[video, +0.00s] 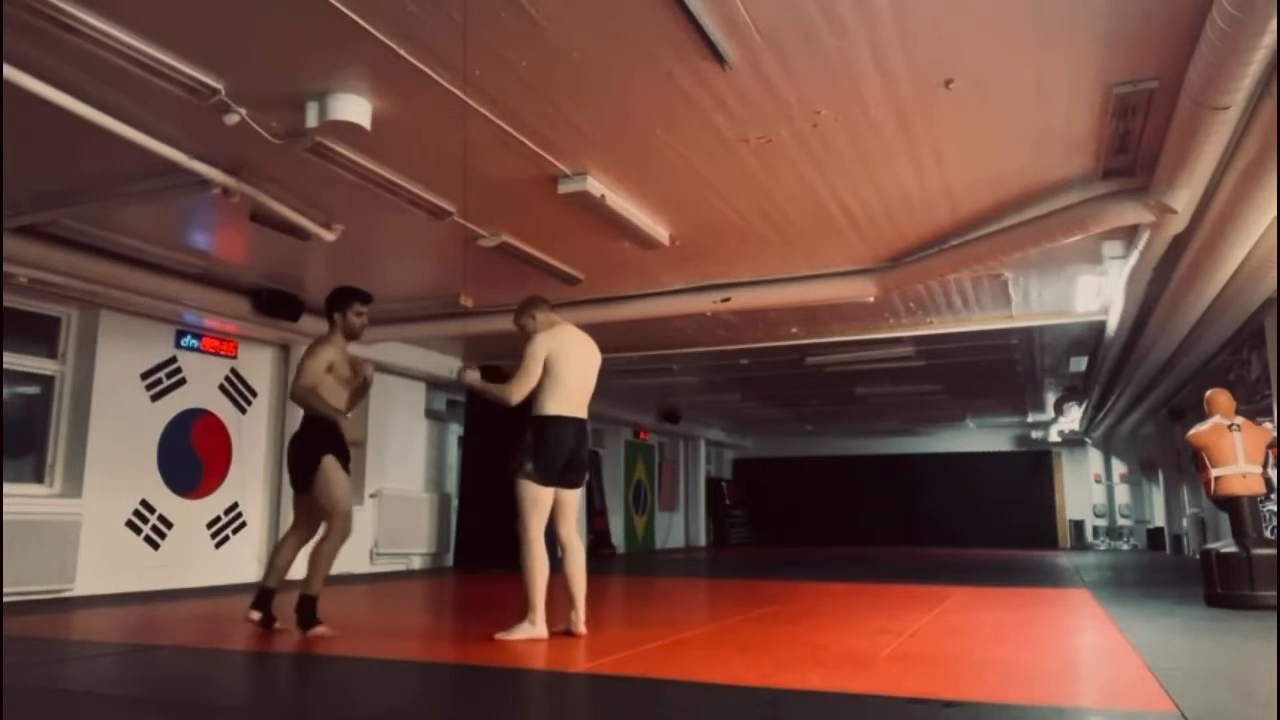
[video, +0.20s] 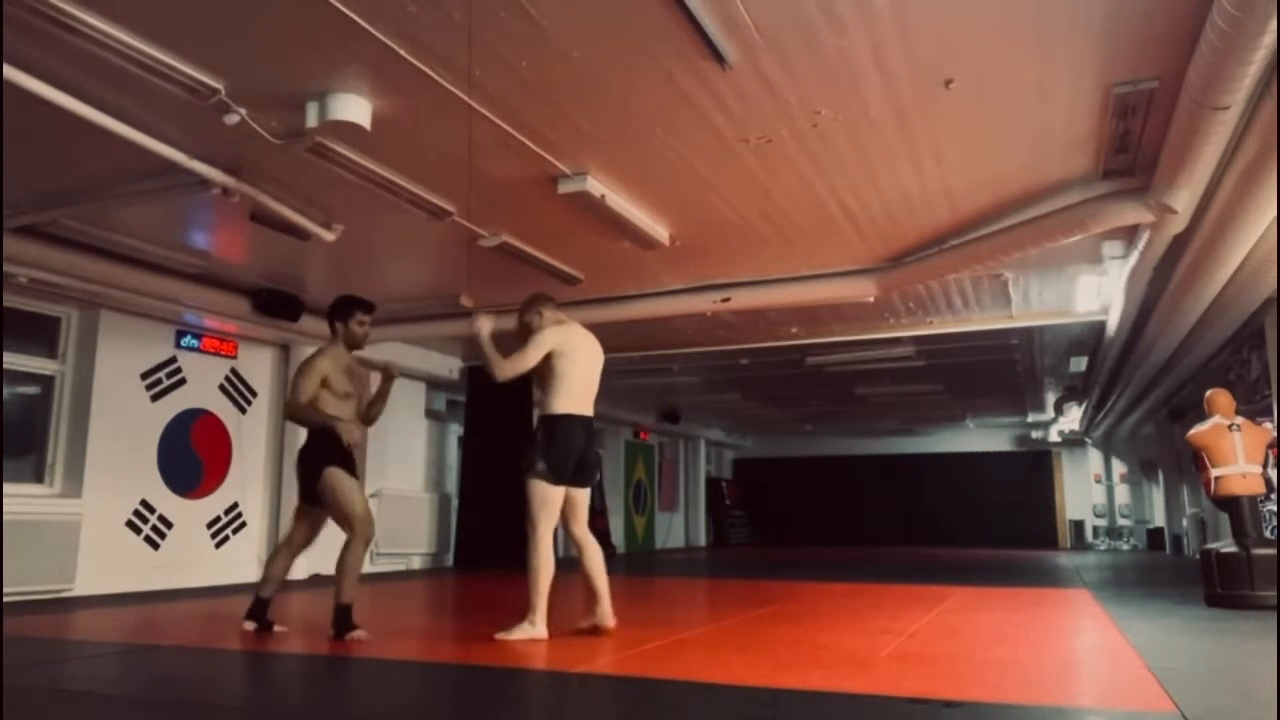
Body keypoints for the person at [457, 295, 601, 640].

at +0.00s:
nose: (526, 335)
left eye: (524, 329)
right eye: (523, 330)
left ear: (534, 316)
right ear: (549, 311)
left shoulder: (544, 340)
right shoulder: (590, 346)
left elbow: (514, 394)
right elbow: (571, 388)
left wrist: (477, 383)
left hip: (545, 436)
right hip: (578, 438)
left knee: (532, 532)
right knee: (570, 532)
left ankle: (536, 621)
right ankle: (579, 617)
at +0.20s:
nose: (531, 332)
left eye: (529, 326)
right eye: (528, 328)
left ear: (539, 314)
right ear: (555, 310)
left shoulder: (553, 335)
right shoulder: (592, 342)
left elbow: (502, 371)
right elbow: (564, 387)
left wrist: (484, 335)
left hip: (554, 434)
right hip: (585, 435)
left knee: (541, 531)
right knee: (579, 528)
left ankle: (536, 621)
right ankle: (605, 611)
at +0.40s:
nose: (544, 335)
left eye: (542, 328)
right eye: (542, 330)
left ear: (552, 317)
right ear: (561, 314)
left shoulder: (575, 339)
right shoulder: (592, 342)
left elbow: (530, 375)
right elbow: (556, 399)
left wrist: (525, 332)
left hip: (575, 437)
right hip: (596, 437)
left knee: (541, 523)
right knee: (594, 529)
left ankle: (551, 616)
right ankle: (613, 616)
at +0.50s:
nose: (546, 336)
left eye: (545, 330)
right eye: (544, 330)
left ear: (554, 318)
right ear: (562, 314)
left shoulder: (581, 336)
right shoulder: (592, 339)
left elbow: (548, 382)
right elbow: (560, 397)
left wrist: (537, 339)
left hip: (582, 433)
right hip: (591, 433)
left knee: (568, 528)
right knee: (576, 529)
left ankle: (602, 609)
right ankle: (602, 608)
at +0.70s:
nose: (550, 335)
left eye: (548, 328)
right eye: (547, 329)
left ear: (556, 317)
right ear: (564, 312)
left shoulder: (585, 333)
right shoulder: (595, 335)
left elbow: (547, 377)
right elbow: (580, 397)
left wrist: (536, 333)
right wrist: (551, 414)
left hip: (598, 432)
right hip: (591, 430)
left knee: (593, 528)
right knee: (540, 456)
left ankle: (605, 617)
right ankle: (542, 538)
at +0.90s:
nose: (566, 331)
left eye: (564, 325)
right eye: (562, 326)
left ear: (574, 314)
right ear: (581, 307)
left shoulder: (599, 334)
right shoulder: (609, 332)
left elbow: (555, 369)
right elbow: (603, 387)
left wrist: (552, 325)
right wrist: (574, 401)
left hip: (605, 434)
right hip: (598, 430)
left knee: (596, 528)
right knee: (543, 459)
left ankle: (604, 617)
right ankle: (534, 537)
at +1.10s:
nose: (602, 325)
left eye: (602, 318)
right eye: (600, 319)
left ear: (612, 309)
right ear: (617, 308)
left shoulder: (635, 336)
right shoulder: (640, 337)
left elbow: (581, 360)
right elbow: (626, 398)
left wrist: (583, 316)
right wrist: (596, 403)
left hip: (621, 436)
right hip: (614, 434)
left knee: (600, 526)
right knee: (585, 516)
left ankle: (604, 618)